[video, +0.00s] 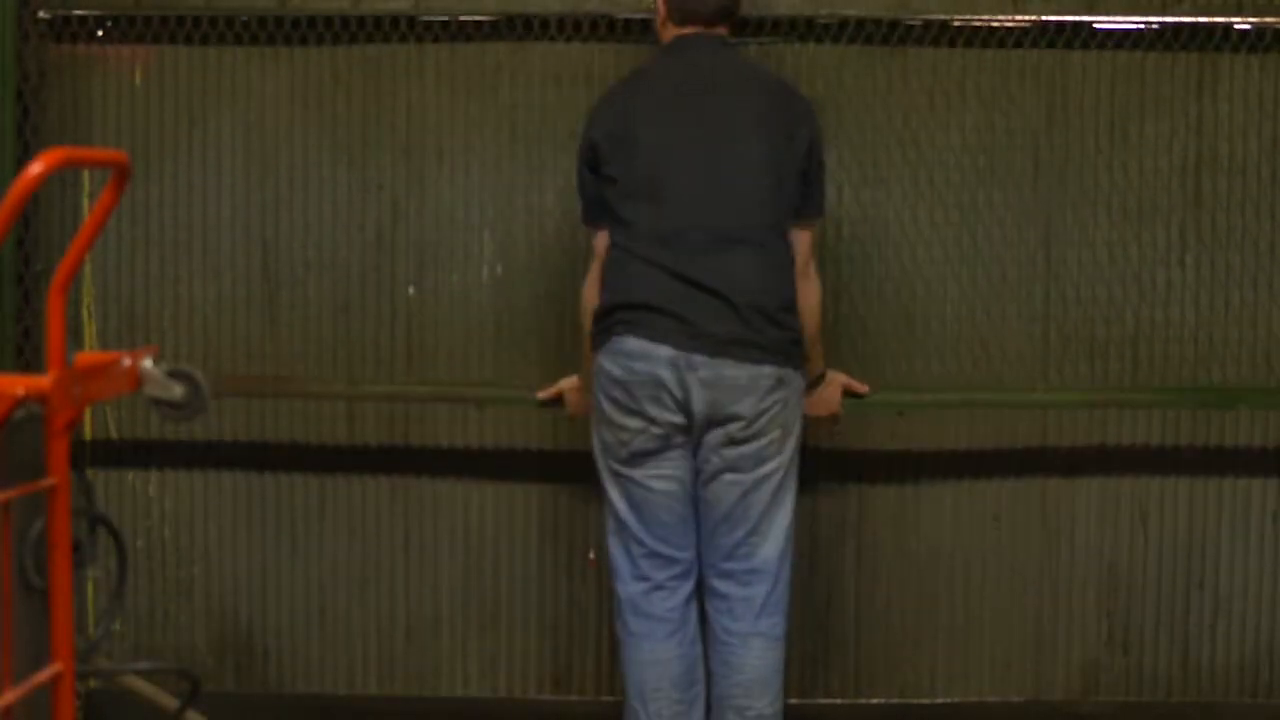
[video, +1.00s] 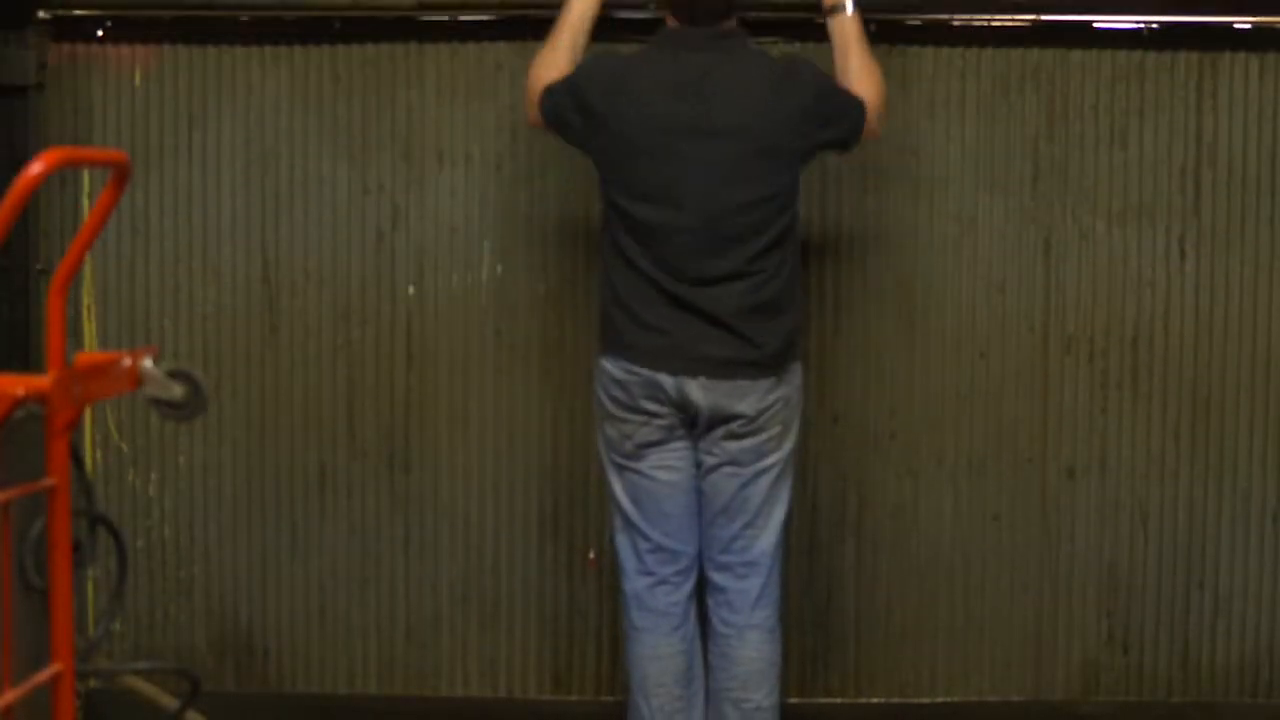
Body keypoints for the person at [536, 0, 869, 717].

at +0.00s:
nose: (655, 18)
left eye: (655, 13)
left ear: (661, 14)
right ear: (735, 20)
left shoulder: (619, 103)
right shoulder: (786, 105)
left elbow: (603, 253)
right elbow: (801, 258)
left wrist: (590, 374)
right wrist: (814, 376)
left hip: (637, 346)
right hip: (754, 356)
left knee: (655, 582)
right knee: (746, 585)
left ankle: (666, 717)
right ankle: (745, 716)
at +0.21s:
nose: (652, 14)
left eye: (654, 9)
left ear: (660, 14)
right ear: (738, 17)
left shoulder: (612, 102)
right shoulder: (790, 103)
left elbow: (597, 254)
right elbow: (801, 265)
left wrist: (589, 327)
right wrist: (818, 327)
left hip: (634, 357)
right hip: (753, 364)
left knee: (653, 584)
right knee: (745, 587)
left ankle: (664, 717)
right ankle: (745, 716)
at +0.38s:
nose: (654, 12)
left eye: (657, 7)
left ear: (660, 13)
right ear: (742, 13)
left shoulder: (606, 96)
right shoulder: (794, 97)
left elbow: (589, 255)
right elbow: (812, 264)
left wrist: (578, 268)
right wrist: (828, 270)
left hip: (635, 367)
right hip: (753, 371)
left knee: (654, 586)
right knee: (744, 587)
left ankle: (665, 717)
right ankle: (745, 716)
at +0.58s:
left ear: (661, 5)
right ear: (738, 5)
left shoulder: (605, 89)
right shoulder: (792, 91)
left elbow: (579, 241)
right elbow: (817, 249)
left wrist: (635, 187)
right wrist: (829, 185)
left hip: (636, 365)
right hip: (753, 369)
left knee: (655, 582)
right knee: (744, 583)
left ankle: (665, 716)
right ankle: (745, 715)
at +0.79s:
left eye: (660, 3)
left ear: (659, 7)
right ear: (737, 7)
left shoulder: (611, 91)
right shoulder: (788, 93)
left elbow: (553, 208)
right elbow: (836, 213)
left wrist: (581, 109)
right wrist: (826, 113)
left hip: (638, 365)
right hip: (752, 369)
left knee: (656, 581)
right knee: (744, 582)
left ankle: (664, 715)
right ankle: (744, 716)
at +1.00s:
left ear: (664, 10)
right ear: (741, 11)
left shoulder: (620, 83)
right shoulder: (781, 88)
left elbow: (543, 96)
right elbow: (863, 106)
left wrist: (583, 1)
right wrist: (843, 11)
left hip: (638, 358)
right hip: (750, 363)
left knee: (656, 579)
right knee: (744, 580)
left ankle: (666, 714)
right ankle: (744, 713)